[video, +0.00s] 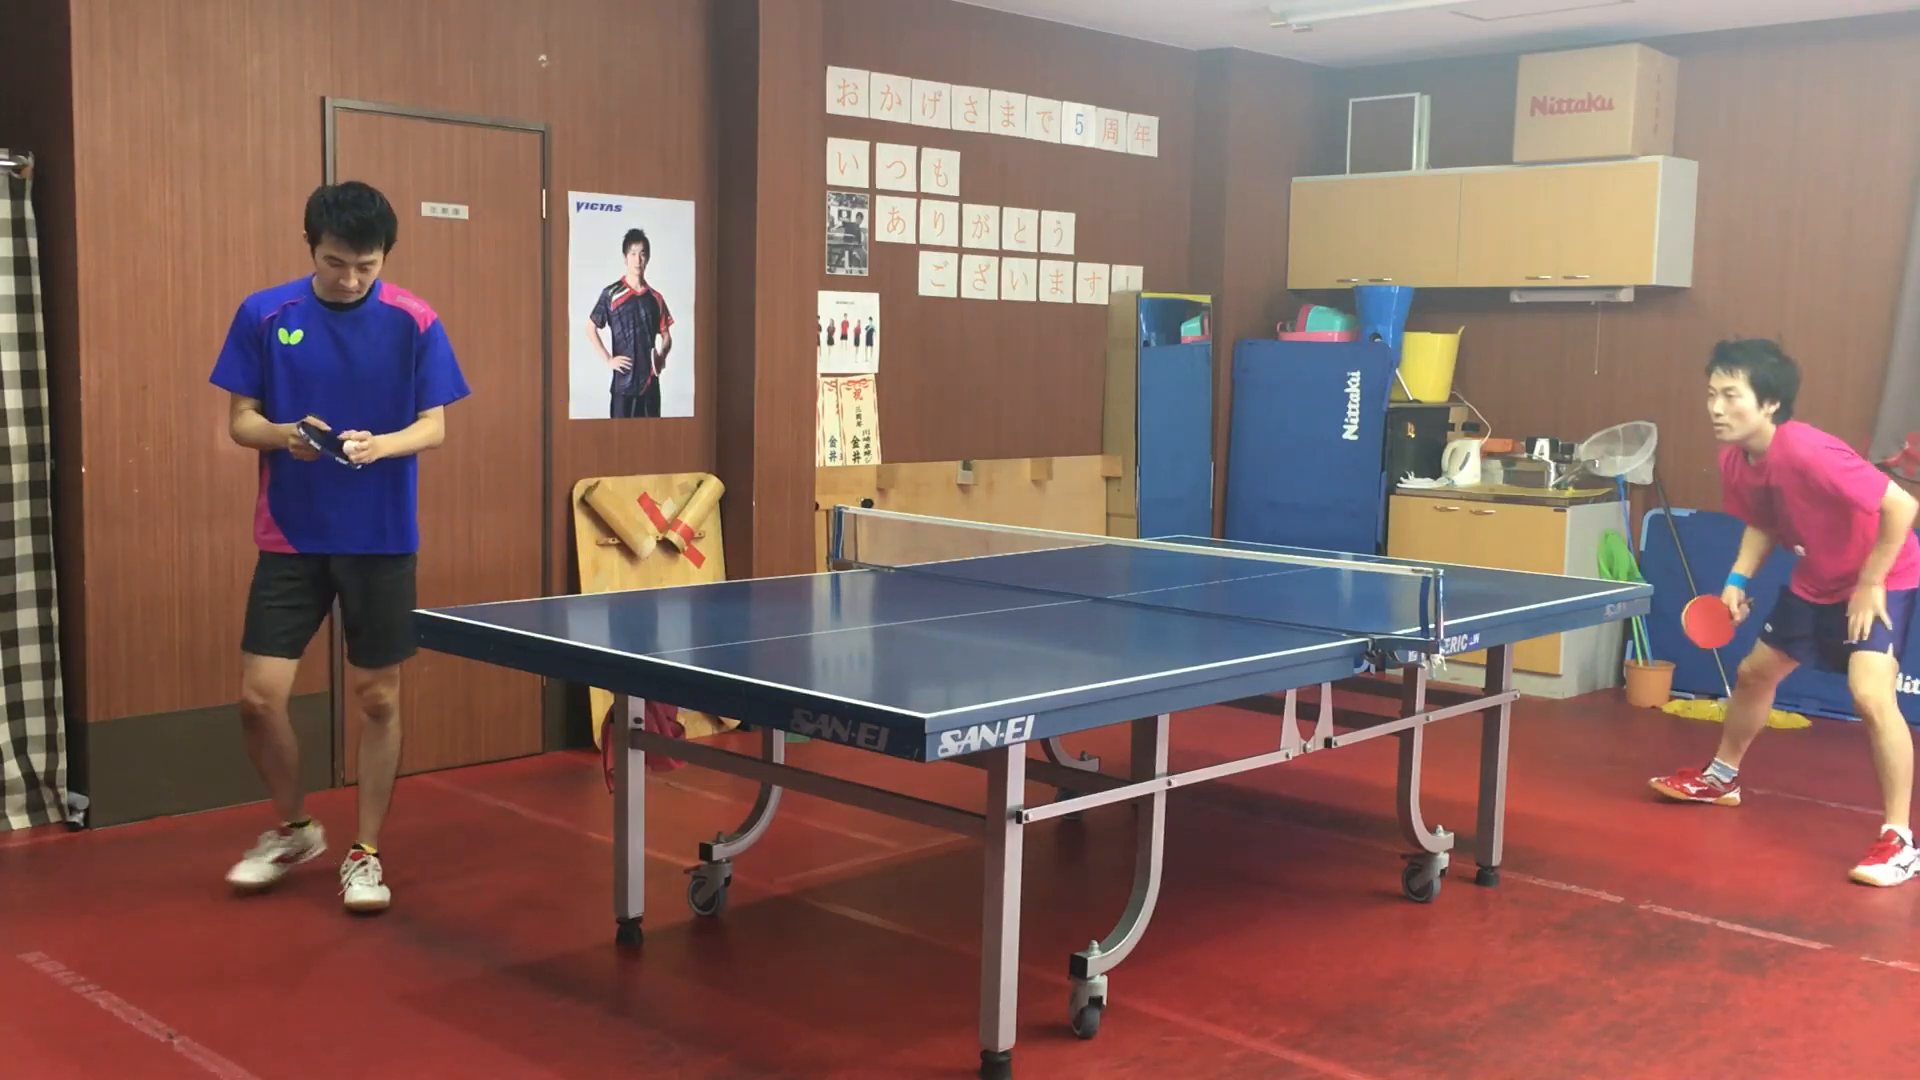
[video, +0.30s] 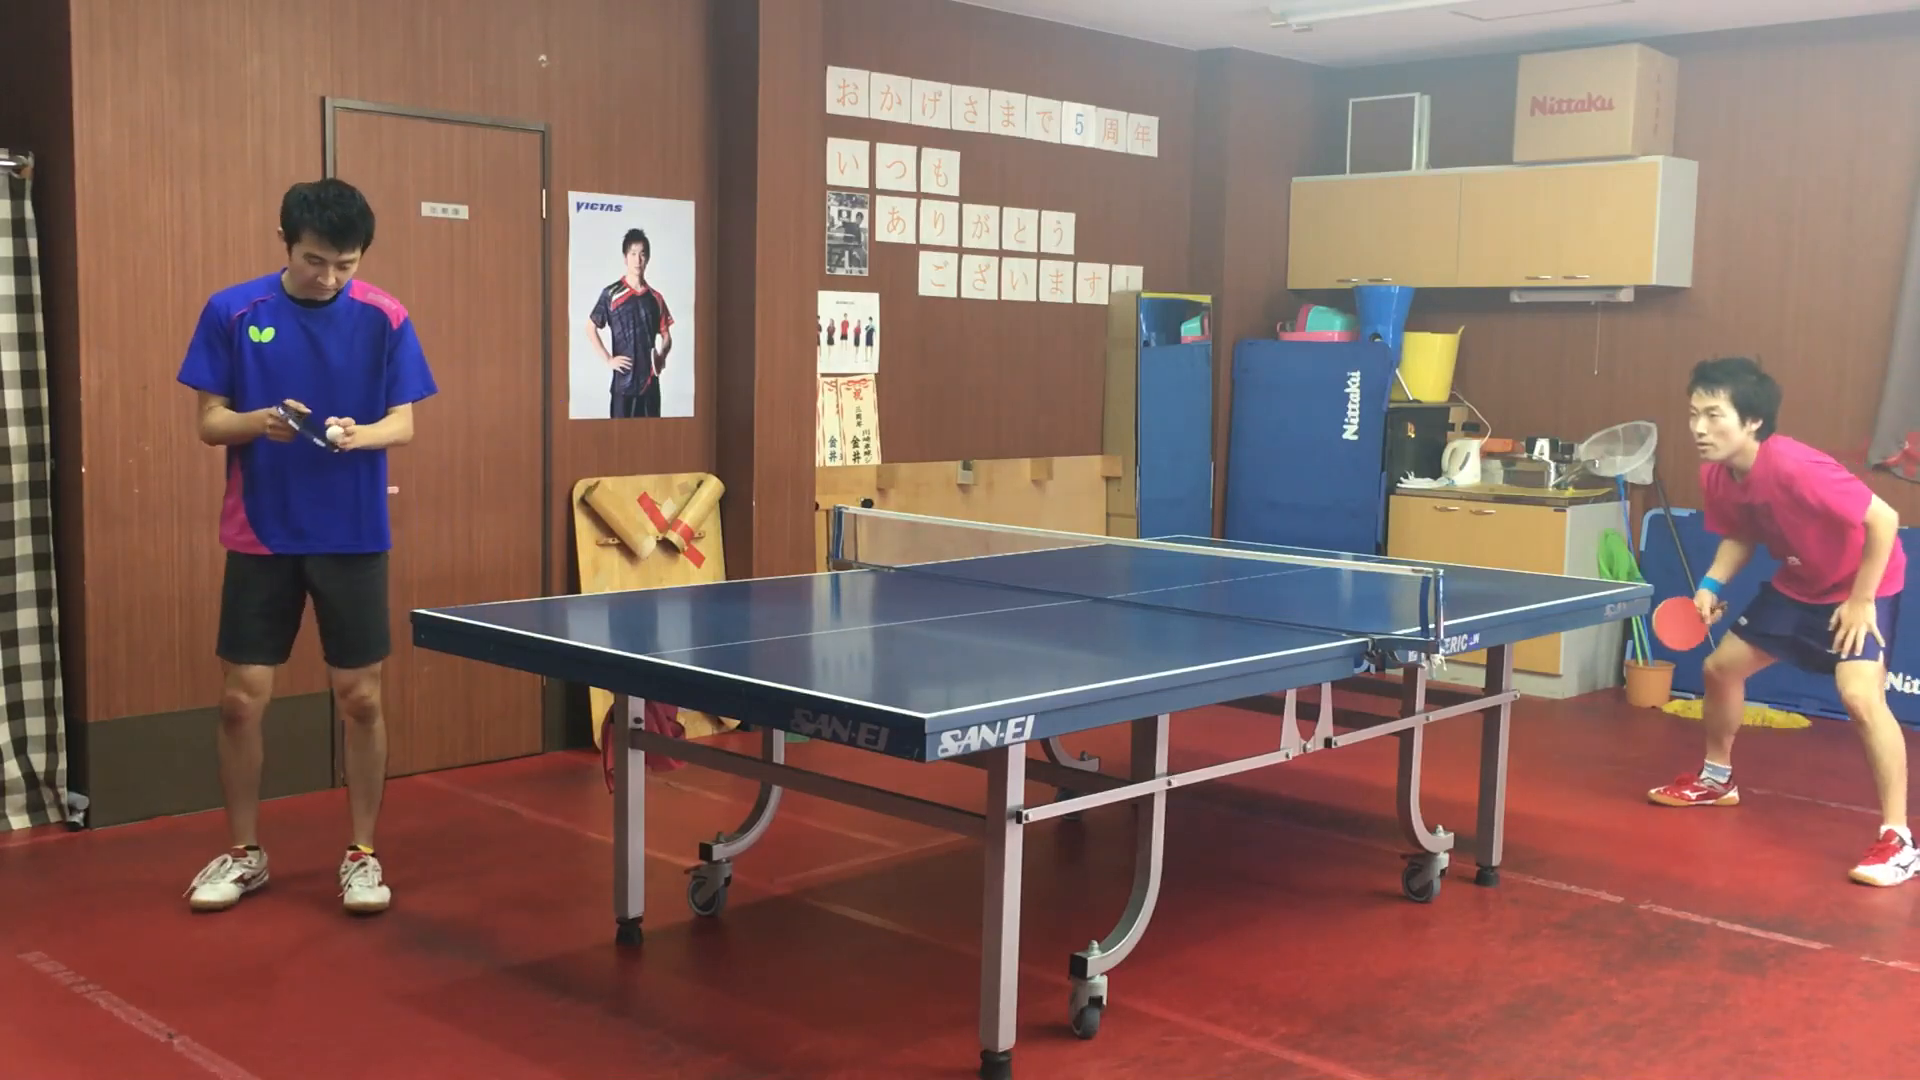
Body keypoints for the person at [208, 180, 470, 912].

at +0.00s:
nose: (350, 281)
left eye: (365, 267)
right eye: (337, 265)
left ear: (385, 254)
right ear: (312, 247)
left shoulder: (413, 320)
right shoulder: (265, 316)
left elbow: (435, 427)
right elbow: (240, 423)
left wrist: (383, 445)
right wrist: (288, 436)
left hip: (379, 547)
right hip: (291, 545)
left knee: (378, 699)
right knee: (259, 696)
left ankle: (367, 851)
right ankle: (292, 829)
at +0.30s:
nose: (327, 279)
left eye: (343, 264)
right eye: (315, 262)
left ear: (361, 254)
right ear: (287, 245)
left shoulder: (382, 316)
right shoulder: (233, 313)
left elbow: (404, 424)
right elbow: (210, 425)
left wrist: (362, 433)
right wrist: (265, 421)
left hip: (353, 544)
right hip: (262, 542)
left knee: (361, 701)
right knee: (240, 701)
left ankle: (363, 852)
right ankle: (243, 851)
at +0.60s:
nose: (306, 279)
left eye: (322, 264)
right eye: (293, 261)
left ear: (338, 255)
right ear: (262, 245)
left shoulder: (360, 321)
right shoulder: (207, 314)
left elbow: (379, 428)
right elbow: (183, 427)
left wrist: (345, 443)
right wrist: (243, 426)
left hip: (328, 547)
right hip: (235, 547)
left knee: (357, 696)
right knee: (226, 706)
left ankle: (364, 854)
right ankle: (243, 852)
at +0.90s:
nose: (337, 296)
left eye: (353, 281)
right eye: (323, 277)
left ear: (370, 276)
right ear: (292, 263)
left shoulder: (390, 345)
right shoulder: (235, 331)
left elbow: (403, 448)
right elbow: (206, 445)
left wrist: (396, 467)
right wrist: (267, 456)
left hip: (346, 571)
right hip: (249, 566)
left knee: (370, 721)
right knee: (228, 726)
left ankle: (391, 889)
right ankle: (244, 856)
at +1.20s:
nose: (399, 337)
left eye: (415, 322)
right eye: (385, 318)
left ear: (429, 315)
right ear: (349, 301)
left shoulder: (438, 380)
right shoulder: (282, 352)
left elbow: (447, 482)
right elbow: (250, 471)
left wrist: (446, 505)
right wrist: (324, 485)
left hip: (377, 581)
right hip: (282, 573)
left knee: (392, 733)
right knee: (240, 739)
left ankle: (392, 900)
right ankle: (246, 852)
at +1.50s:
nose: (401, 351)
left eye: (418, 334)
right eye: (386, 331)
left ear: (433, 330)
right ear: (354, 320)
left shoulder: (448, 402)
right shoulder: (293, 371)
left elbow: (451, 517)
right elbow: (267, 492)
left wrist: (452, 570)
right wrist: (336, 523)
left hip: (387, 595)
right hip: (291, 583)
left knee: (400, 748)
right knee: (221, 745)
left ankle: (392, 901)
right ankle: (219, 836)